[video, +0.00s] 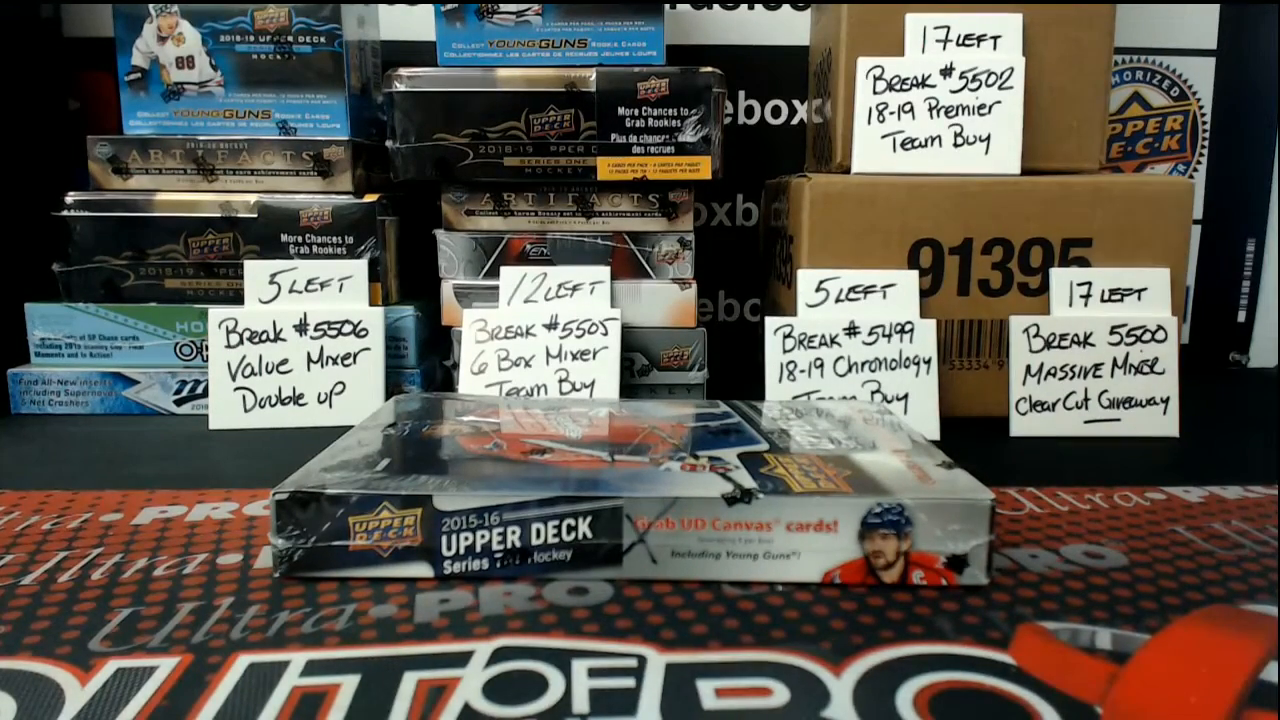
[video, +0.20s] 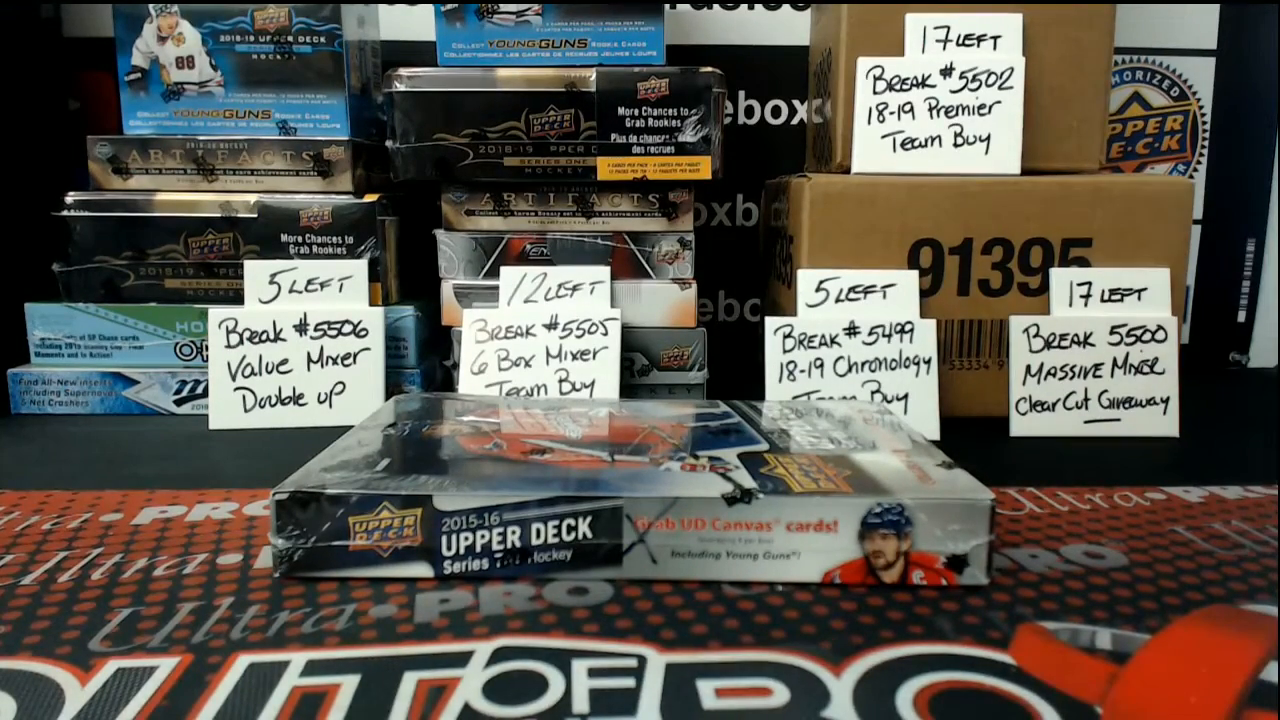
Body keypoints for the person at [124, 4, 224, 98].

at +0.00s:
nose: (170, 22)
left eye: (173, 17)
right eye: (164, 18)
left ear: (178, 17)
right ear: (156, 20)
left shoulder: (186, 35)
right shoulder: (150, 28)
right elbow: (141, 50)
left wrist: (179, 88)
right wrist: (137, 74)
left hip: (209, 84)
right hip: (182, 85)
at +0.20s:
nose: (170, 22)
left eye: (173, 17)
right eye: (164, 18)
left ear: (178, 17)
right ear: (156, 20)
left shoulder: (186, 35)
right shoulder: (150, 28)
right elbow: (141, 50)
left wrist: (179, 89)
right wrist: (137, 74)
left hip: (209, 84)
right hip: (181, 85)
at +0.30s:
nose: (170, 22)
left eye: (173, 17)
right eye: (164, 18)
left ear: (178, 17)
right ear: (156, 20)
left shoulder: (186, 35)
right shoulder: (150, 28)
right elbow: (141, 50)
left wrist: (179, 89)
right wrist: (137, 74)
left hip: (209, 84)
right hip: (181, 85)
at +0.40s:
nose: (170, 22)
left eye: (173, 17)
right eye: (164, 18)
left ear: (178, 17)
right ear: (156, 20)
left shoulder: (186, 35)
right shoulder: (150, 28)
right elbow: (141, 50)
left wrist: (179, 89)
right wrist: (137, 74)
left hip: (209, 84)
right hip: (181, 85)